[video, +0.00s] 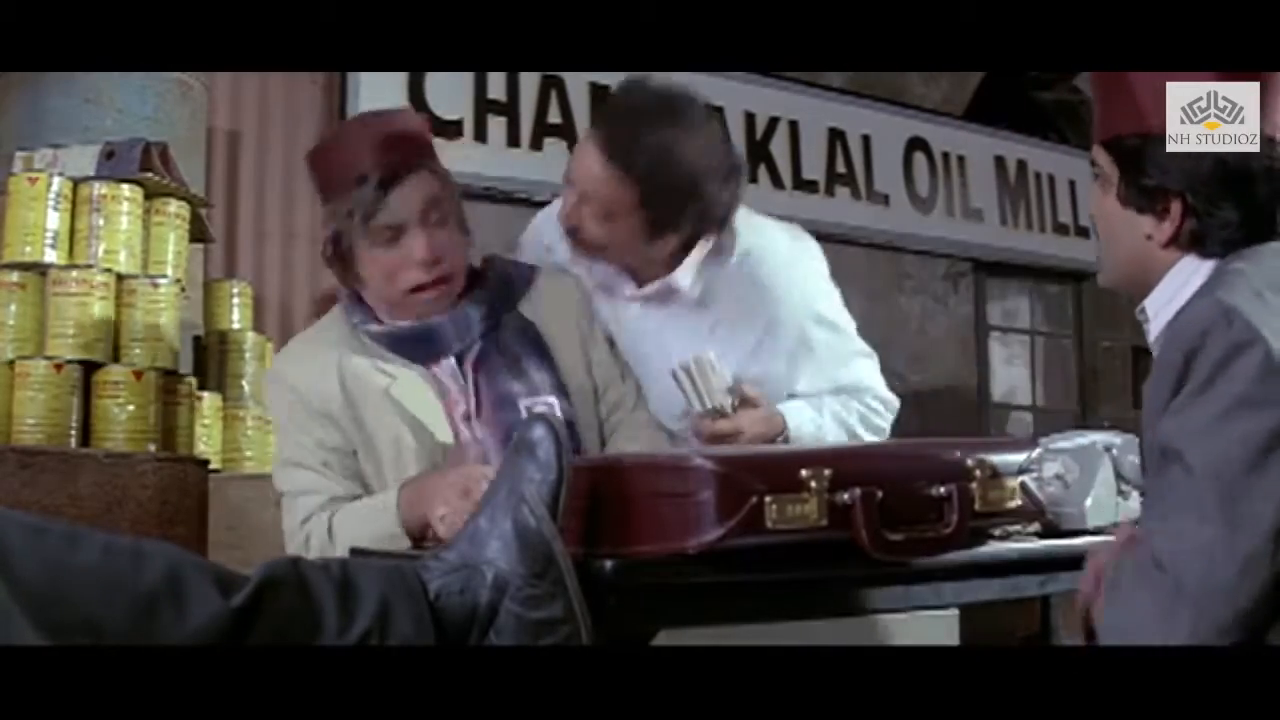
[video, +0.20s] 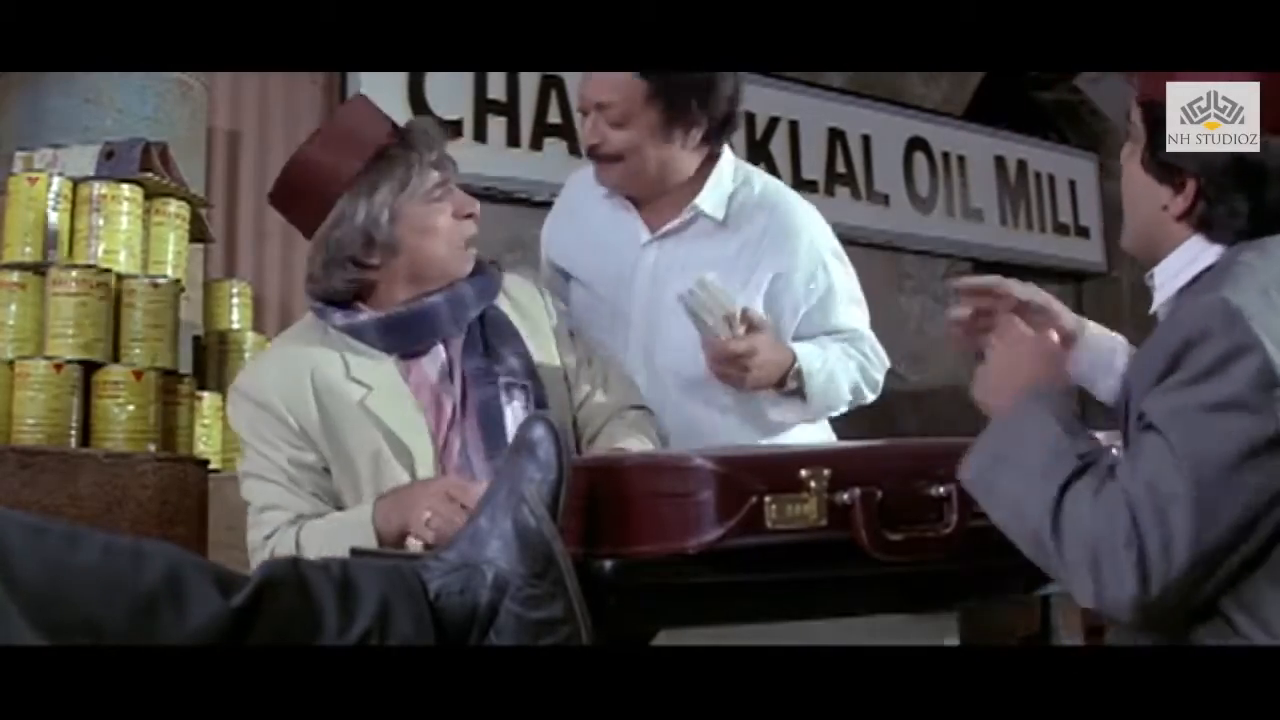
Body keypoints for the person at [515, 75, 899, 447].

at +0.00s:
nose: (565, 216)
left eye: (595, 213)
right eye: (570, 188)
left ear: (670, 229)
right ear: (572, 167)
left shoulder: (779, 272)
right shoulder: (550, 240)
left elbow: (867, 409)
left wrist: (780, 425)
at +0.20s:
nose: (590, 139)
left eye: (614, 121)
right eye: (585, 115)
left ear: (692, 124)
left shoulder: (785, 227)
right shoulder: (578, 201)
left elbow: (860, 361)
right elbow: (553, 337)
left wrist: (789, 366)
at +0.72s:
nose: (625, 119)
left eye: (649, 100)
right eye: (618, 101)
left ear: (721, 113)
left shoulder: (813, 197)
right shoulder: (623, 198)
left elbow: (880, 341)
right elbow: (580, 340)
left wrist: (762, 338)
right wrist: (613, 327)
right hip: (661, 488)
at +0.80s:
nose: (617, 123)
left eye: (641, 105)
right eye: (616, 103)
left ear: (716, 123)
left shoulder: (807, 200)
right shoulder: (621, 208)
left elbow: (883, 341)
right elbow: (587, 361)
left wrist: (758, 351)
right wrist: (591, 307)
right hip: (661, 496)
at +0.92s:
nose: (598, 136)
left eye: (622, 117)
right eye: (598, 117)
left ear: (694, 134)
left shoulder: (793, 219)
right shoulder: (597, 249)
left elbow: (878, 351)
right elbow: (571, 377)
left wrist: (771, 377)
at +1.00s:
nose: (586, 146)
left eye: (610, 128)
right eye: (588, 128)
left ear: (683, 143)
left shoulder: (785, 224)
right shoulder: (592, 260)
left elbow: (865, 363)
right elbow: (576, 390)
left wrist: (750, 374)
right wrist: (611, 434)